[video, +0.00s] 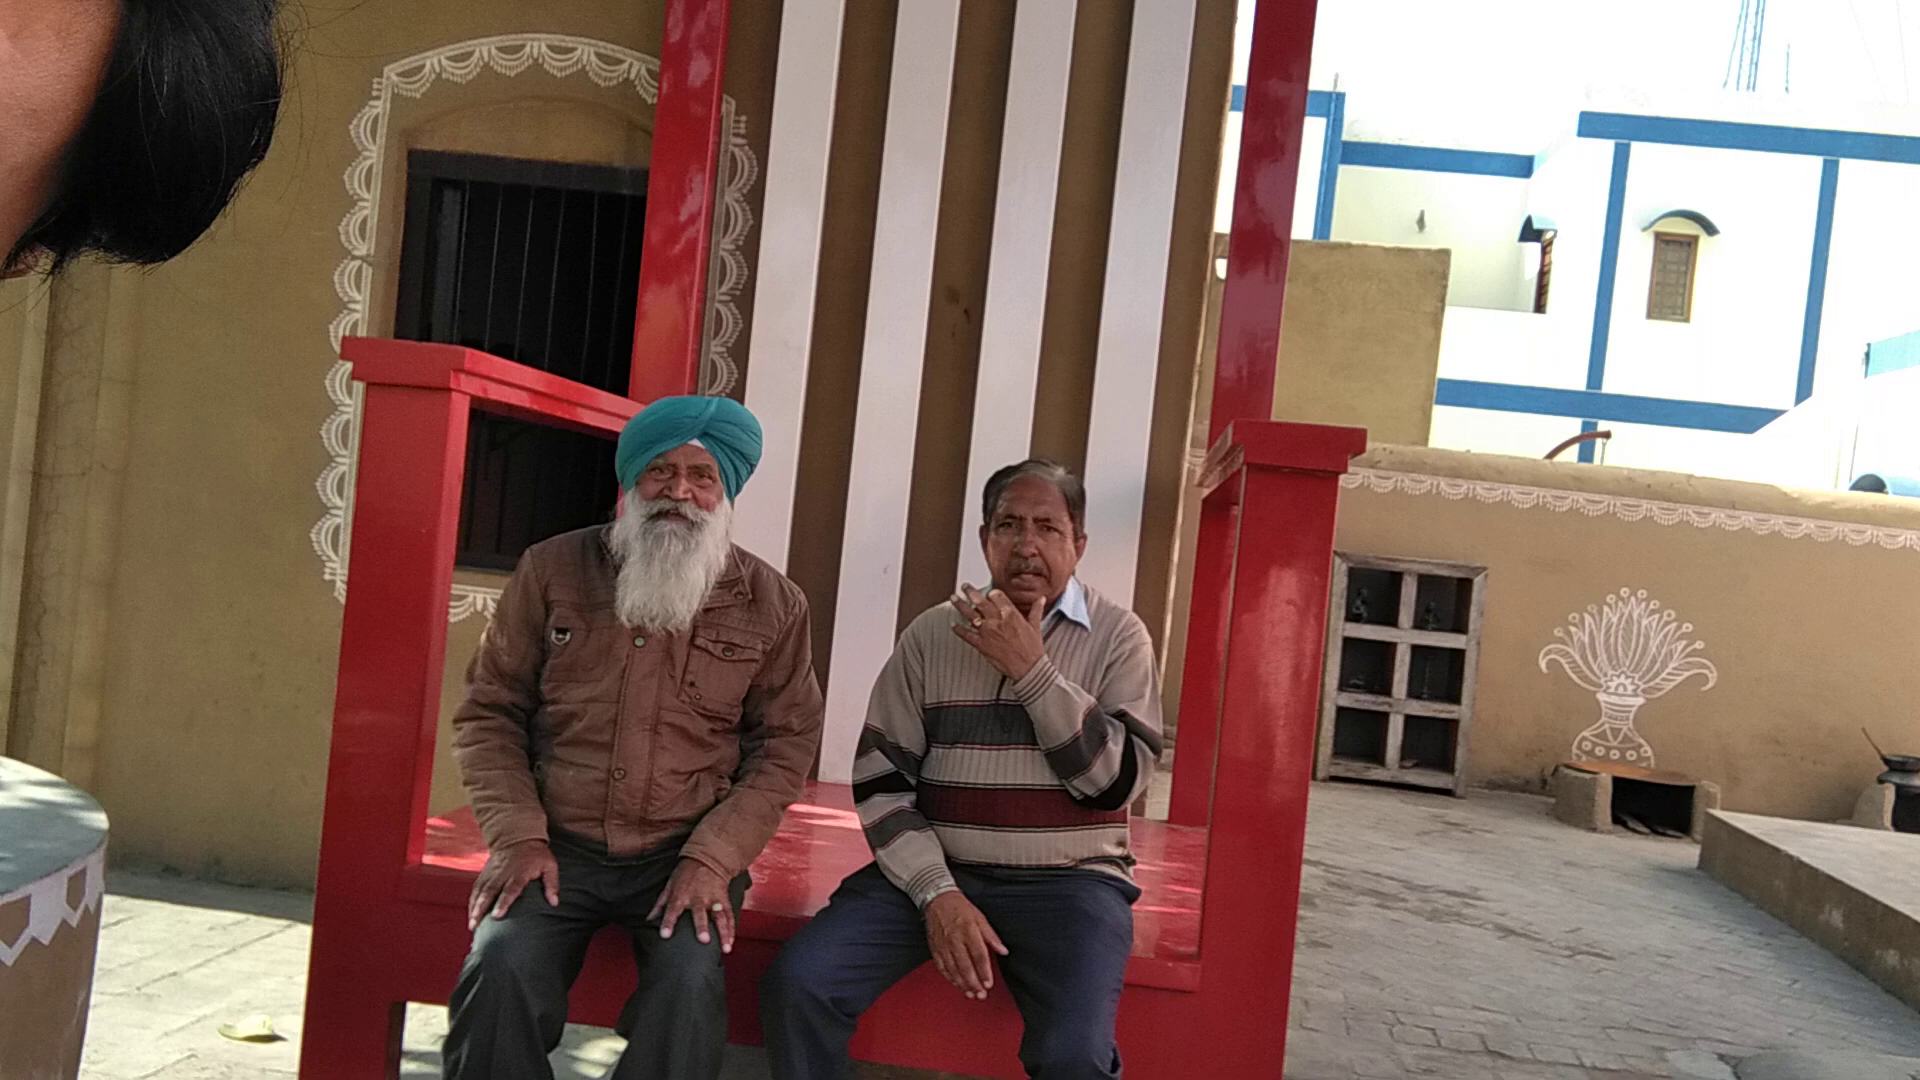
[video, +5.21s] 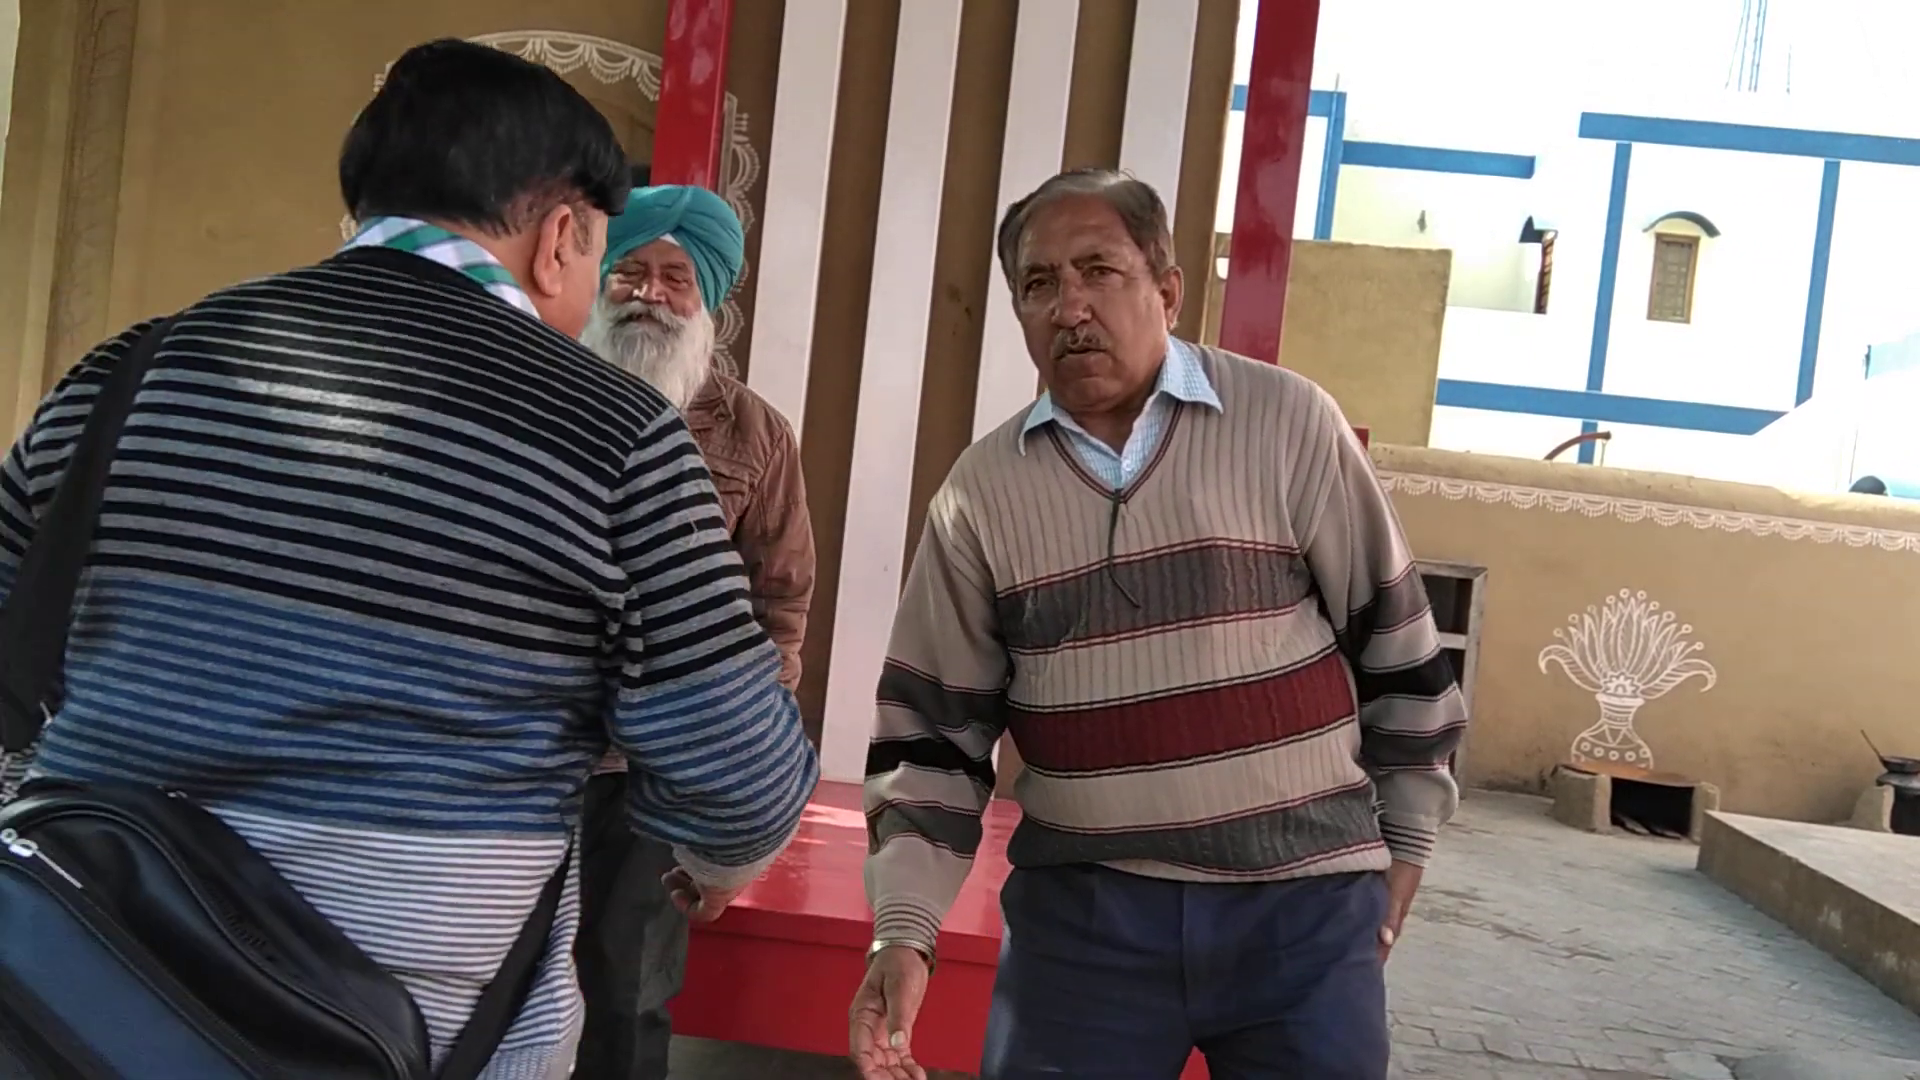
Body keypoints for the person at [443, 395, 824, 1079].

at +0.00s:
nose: (680, 491)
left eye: (702, 475)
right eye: (662, 471)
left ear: (727, 497)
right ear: (627, 489)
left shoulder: (772, 604)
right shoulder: (553, 570)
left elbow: (786, 750)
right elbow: (489, 709)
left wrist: (713, 857)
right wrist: (515, 832)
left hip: (685, 864)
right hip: (554, 854)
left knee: (690, 979)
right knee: (501, 968)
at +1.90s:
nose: (684, 489)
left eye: (706, 474)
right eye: (666, 470)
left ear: (730, 495)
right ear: (633, 484)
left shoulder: (774, 603)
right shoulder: (557, 567)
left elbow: (788, 748)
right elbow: (491, 709)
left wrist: (714, 856)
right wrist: (516, 830)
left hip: (685, 863)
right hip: (555, 852)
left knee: (690, 977)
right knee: (500, 965)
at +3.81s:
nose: (668, 495)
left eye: (691, 478)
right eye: (651, 475)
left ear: (721, 495)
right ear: (623, 484)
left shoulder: (770, 596)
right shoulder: (552, 563)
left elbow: (783, 736)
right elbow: (491, 701)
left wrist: (724, 848)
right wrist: (514, 823)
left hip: (686, 858)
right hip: (557, 845)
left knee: (689, 975)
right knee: (492, 969)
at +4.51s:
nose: (585, 430)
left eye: (610, 409)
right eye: (564, 407)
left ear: (650, 420)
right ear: (536, 414)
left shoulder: (718, 529)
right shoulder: (468, 503)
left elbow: (745, 697)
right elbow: (425, 667)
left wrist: (679, 851)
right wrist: (455, 827)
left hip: (646, 831)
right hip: (506, 823)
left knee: (636, 1018)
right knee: (454, 1005)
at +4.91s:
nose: (634, 308)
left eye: (661, 293)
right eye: (617, 286)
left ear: (699, 321)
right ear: (582, 298)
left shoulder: (747, 449)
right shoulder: (499, 407)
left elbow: (768, 633)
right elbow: (432, 584)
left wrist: (726, 792)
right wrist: (408, 744)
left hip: (652, 798)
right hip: (500, 784)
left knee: (627, 1029)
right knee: (460, 1024)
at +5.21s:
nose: (651, 291)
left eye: (678, 276)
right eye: (634, 268)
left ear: (712, 301)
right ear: (596, 278)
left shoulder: (753, 436)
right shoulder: (536, 400)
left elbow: (780, 627)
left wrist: (740, 810)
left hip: (657, 768)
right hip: (514, 755)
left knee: (629, 1005)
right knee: (504, 1004)